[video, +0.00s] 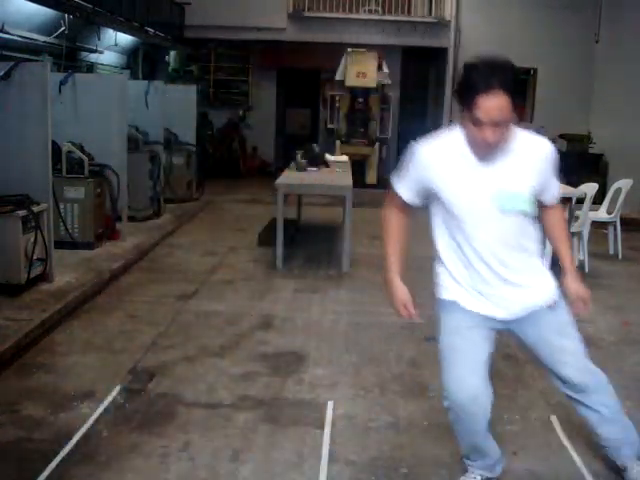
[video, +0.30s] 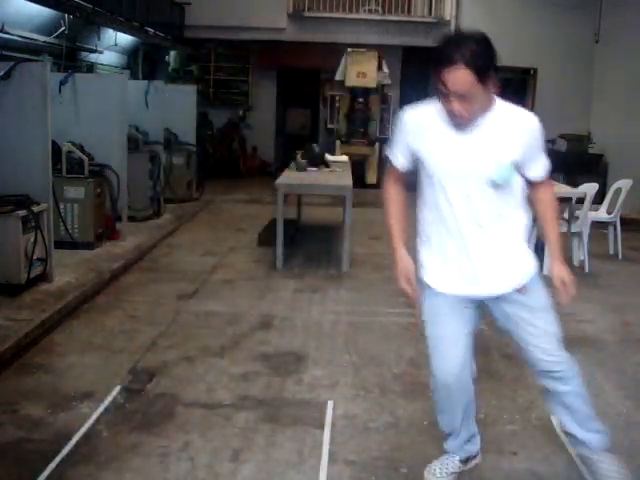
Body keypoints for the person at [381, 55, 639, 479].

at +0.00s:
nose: (490, 135)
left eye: (500, 125)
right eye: (480, 125)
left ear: (515, 113)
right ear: (462, 113)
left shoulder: (538, 152)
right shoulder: (429, 155)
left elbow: (552, 207)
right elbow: (395, 204)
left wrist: (569, 271)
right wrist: (394, 277)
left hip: (531, 292)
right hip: (463, 298)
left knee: (580, 376)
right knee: (464, 396)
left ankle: (630, 460)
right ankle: (482, 465)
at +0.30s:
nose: (454, 106)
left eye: (464, 96)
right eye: (447, 94)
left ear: (490, 84)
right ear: (437, 83)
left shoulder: (522, 126)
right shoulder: (415, 122)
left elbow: (540, 185)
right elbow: (395, 179)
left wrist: (556, 257)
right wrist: (400, 252)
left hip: (513, 275)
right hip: (444, 278)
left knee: (552, 362)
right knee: (447, 373)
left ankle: (594, 450)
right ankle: (461, 449)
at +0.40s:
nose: (418, 85)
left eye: (428, 73)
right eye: (412, 73)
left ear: (459, 64)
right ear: (404, 65)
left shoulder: (499, 108)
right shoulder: (390, 103)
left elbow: (518, 173)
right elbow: (374, 160)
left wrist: (524, 246)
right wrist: (368, 229)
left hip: (476, 258)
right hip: (409, 254)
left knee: (484, 352)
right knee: (411, 348)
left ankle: (496, 435)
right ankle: (432, 436)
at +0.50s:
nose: (383, 88)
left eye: (391, 77)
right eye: (376, 78)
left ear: (426, 67)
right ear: (370, 71)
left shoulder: (470, 114)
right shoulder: (367, 108)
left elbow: (494, 185)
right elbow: (357, 168)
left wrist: (491, 261)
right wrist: (339, 235)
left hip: (439, 257)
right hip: (374, 249)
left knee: (433, 361)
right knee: (343, 334)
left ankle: (445, 449)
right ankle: (343, 413)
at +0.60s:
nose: (348, 99)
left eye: (358, 89)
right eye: (344, 89)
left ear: (392, 83)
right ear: (339, 85)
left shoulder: (431, 136)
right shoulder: (334, 119)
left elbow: (455, 213)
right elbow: (326, 182)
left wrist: (454, 291)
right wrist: (301, 243)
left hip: (400, 278)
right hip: (334, 266)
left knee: (423, 373)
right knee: (277, 335)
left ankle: (447, 460)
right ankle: (235, 414)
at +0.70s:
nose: (312, 95)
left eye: (322, 85)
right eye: (306, 84)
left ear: (351, 80)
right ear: (300, 77)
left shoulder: (382, 136)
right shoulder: (288, 106)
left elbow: (401, 209)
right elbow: (272, 165)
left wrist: (405, 287)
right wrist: (253, 224)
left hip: (342, 271)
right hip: (277, 258)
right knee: (240, 338)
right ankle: (228, 419)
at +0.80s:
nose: (272, 82)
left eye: (283, 74)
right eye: (266, 71)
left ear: (311, 70)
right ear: (258, 64)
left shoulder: (336, 122)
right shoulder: (242, 92)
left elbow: (353, 191)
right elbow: (223, 141)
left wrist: (355, 266)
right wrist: (207, 202)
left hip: (294, 250)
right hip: (234, 240)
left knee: (299, 344)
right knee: (212, 324)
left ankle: (344, 420)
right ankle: (222, 410)